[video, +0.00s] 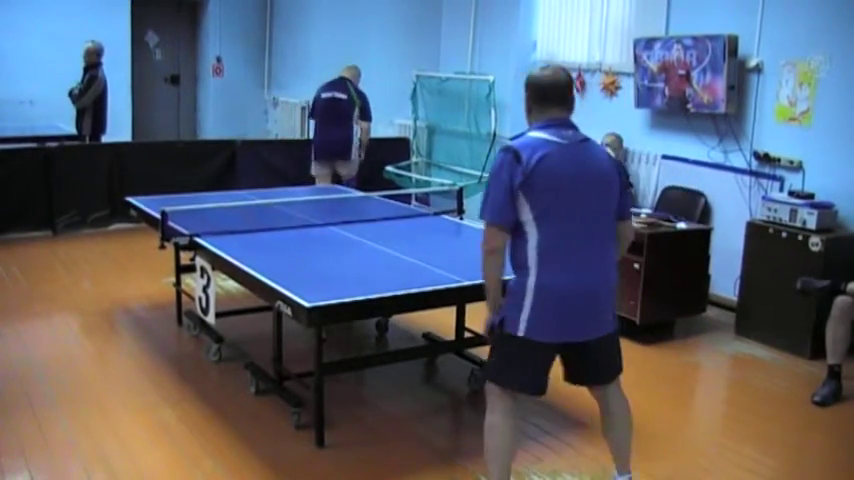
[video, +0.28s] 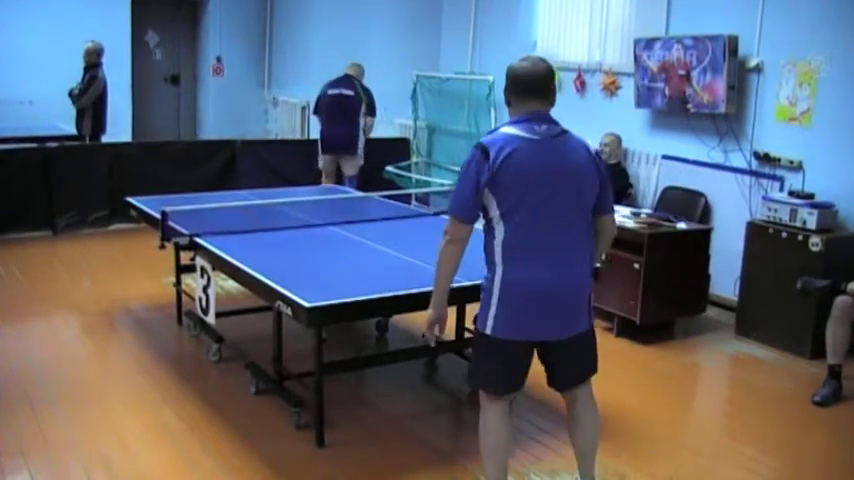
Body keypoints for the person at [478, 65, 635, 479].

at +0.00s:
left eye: (527, 100)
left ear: (528, 104)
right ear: (572, 102)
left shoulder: (516, 156)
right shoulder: (605, 158)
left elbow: (493, 243)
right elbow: (624, 234)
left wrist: (494, 304)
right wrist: (595, 272)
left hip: (536, 306)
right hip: (595, 304)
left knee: (501, 396)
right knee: (609, 388)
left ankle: (497, 476)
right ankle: (625, 474)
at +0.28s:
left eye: (505, 92)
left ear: (505, 96)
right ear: (553, 94)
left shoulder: (489, 152)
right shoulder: (583, 153)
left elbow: (455, 237)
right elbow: (606, 226)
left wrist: (438, 302)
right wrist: (589, 266)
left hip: (509, 308)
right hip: (570, 305)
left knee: (495, 399)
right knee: (580, 392)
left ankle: (495, 476)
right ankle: (588, 475)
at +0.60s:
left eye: (519, 90)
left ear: (520, 92)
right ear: (567, 94)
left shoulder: (502, 149)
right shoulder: (592, 156)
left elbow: (472, 235)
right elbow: (607, 235)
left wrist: (459, 298)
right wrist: (596, 288)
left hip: (513, 304)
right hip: (572, 303)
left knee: (496, 398)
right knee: (577, 389)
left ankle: (495, 476)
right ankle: (587, 475)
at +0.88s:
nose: (536, 95)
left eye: (537, 89)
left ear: (540, 92)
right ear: (582, 95)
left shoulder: (525, 148)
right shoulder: (607, 153)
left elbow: (498, 234)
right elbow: (619, 231)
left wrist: (489, 295)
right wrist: (609, 286)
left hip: (532, 297)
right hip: (588, 296)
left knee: (506, 393)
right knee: (587, 389)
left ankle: (499, 476)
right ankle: (589, 475)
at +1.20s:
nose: (545, 96)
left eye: (547, 90)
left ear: (551, 93)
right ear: (592, 95)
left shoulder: (538, 147)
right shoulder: (617, 152)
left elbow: (509, 232)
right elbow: (626, 230)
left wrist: (493, 294)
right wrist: (613, 285)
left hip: (543, 299)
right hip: (597, 299)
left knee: (513, 392)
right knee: (591, 389)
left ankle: (502, 475)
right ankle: (591, 475)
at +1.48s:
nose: (546, 97)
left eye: (547, 90)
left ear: (550, 93)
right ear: (592, 96)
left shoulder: (537, 147)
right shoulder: (616, 152)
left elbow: (512, 233)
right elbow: (628, 229)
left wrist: (504, 295)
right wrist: (616, 284)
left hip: (544, 297)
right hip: (598, 297)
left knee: (515, 394)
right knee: (590, 387)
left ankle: (503, 475)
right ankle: (589, 475)